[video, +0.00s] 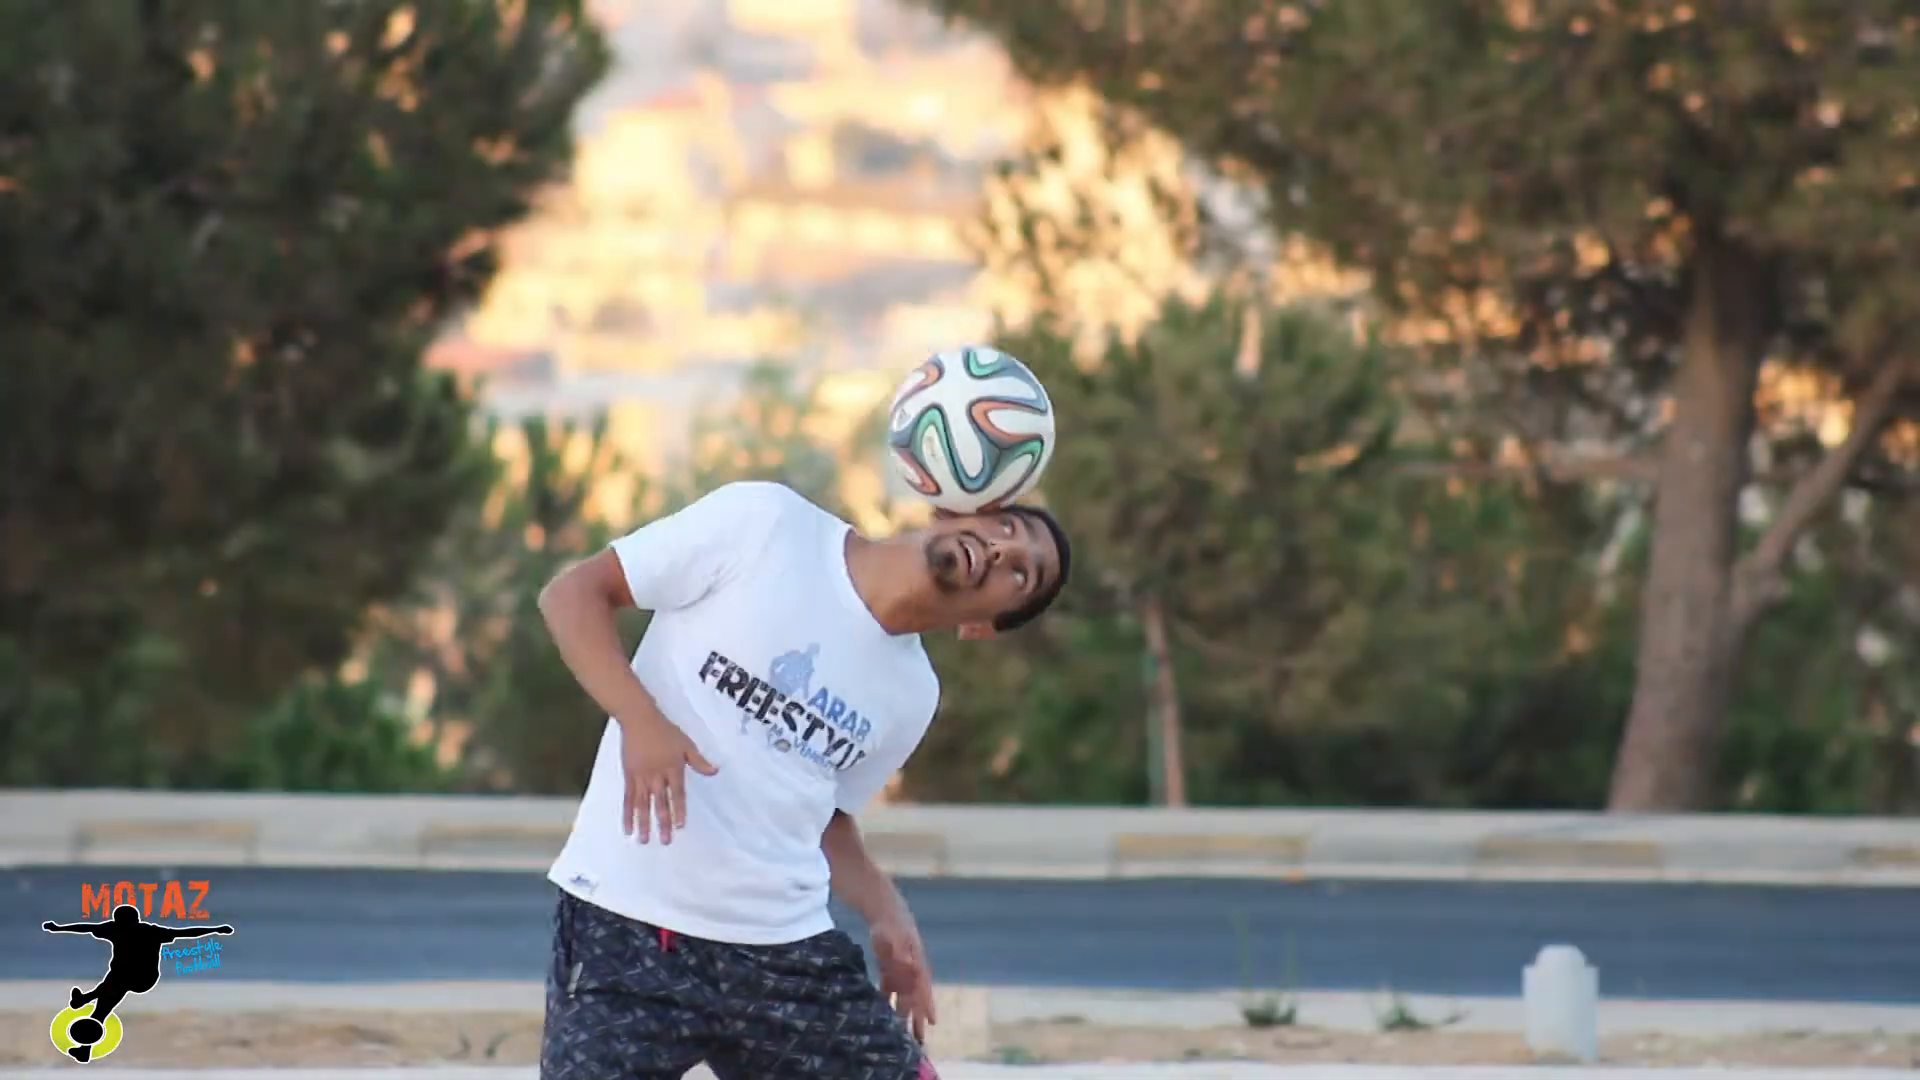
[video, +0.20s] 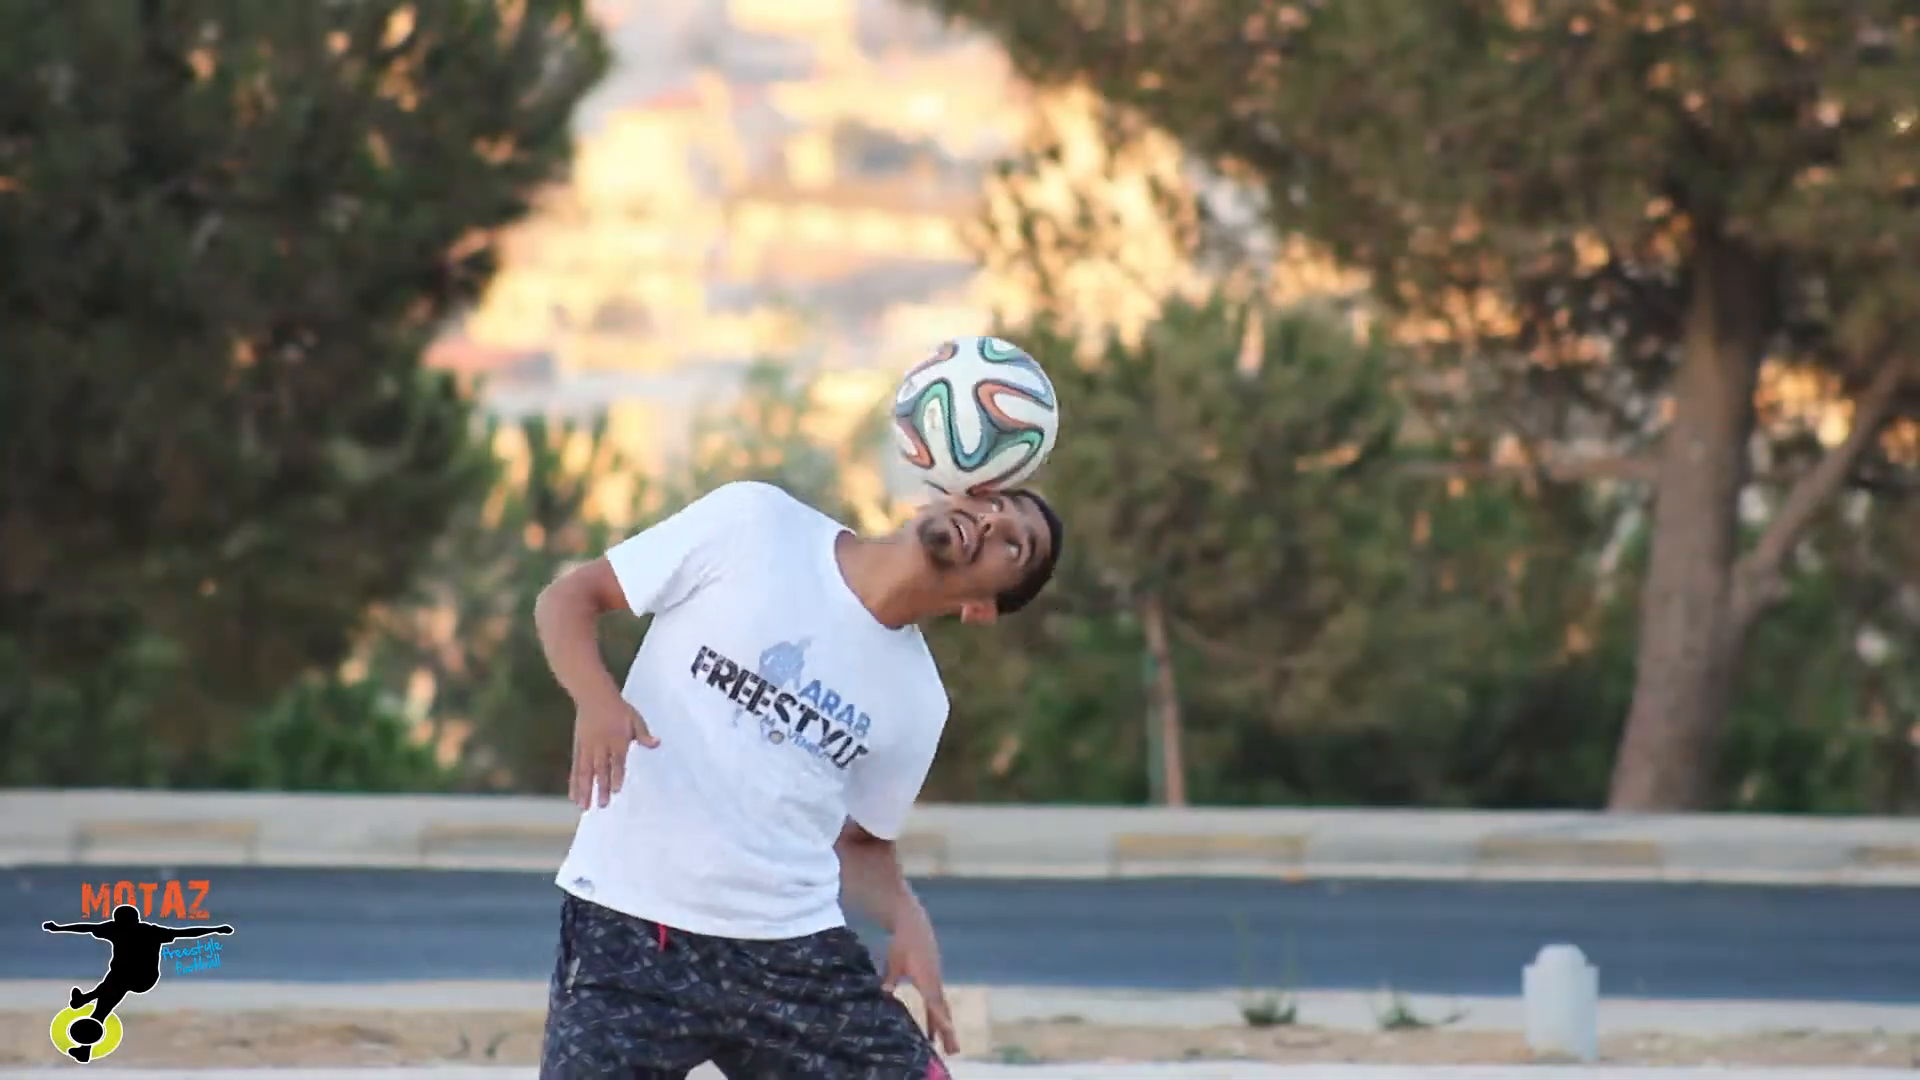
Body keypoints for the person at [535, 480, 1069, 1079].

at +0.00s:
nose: (1000, 548)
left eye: (1021, 574)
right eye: (1006, 524)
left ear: (981, 627)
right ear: (953, 511)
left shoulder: (911, 693)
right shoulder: (764, 521)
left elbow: (828, 814)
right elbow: (572, 594)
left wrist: (885, 912)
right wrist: (641, 718)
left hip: (789, 968)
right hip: (624, 945)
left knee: (904, 1069)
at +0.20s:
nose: (990, 518)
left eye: (1014, 543)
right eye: (992, 498)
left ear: (980, 609)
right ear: (939, 494)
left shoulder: (917, 703)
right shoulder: (751, 519)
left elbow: (862, 842)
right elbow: (566, 599)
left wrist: (906, 916)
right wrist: (595, 695)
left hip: (794, 967)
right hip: (626, 945)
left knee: (919, 1069)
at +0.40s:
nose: (866, 326)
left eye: (900, 324)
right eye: (851, 324)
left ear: (936, 393)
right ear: (823, 387)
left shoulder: (976, 551)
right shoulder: (727, 491)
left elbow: (1032, 723)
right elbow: (632, 643)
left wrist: (1032, 757)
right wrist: (603, 678)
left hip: (904, 918)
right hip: (723, 907)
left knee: (1011, 1071)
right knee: (653, 1071)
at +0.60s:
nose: (755, 362)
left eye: (781, 344)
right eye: (739, 372)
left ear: (849, 374)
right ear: (753, 436)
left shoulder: (979, 485)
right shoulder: (744, 556)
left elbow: (1135, 625)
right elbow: (724, 751)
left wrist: (1064, 636)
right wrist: (656, 761)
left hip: (954, 912)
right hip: (780, 911)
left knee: (1047, 1070)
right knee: (688, 1071)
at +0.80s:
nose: (704, 440)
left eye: (707, 419)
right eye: (689, 461)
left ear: (775, 414)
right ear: (727, 519)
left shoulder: (960, 499)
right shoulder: (746, 605)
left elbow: (1109, 636)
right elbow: (741, 801)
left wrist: (1077, 702)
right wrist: (656, 793)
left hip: (945, 934)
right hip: (772, 933)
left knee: (1043, 1074)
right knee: (673, 1074)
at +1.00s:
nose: (884, 317)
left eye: (905, 315)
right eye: (858, 313)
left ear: (935, 377)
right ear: (819, 377)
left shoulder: (1002, 521)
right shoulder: (748, 492)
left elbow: (1047, 703)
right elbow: (651, 664)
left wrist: (1117, 755)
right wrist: (662, 668)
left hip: (940, 901)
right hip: (763, 891)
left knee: (1039, 1070)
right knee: (676, 1070)